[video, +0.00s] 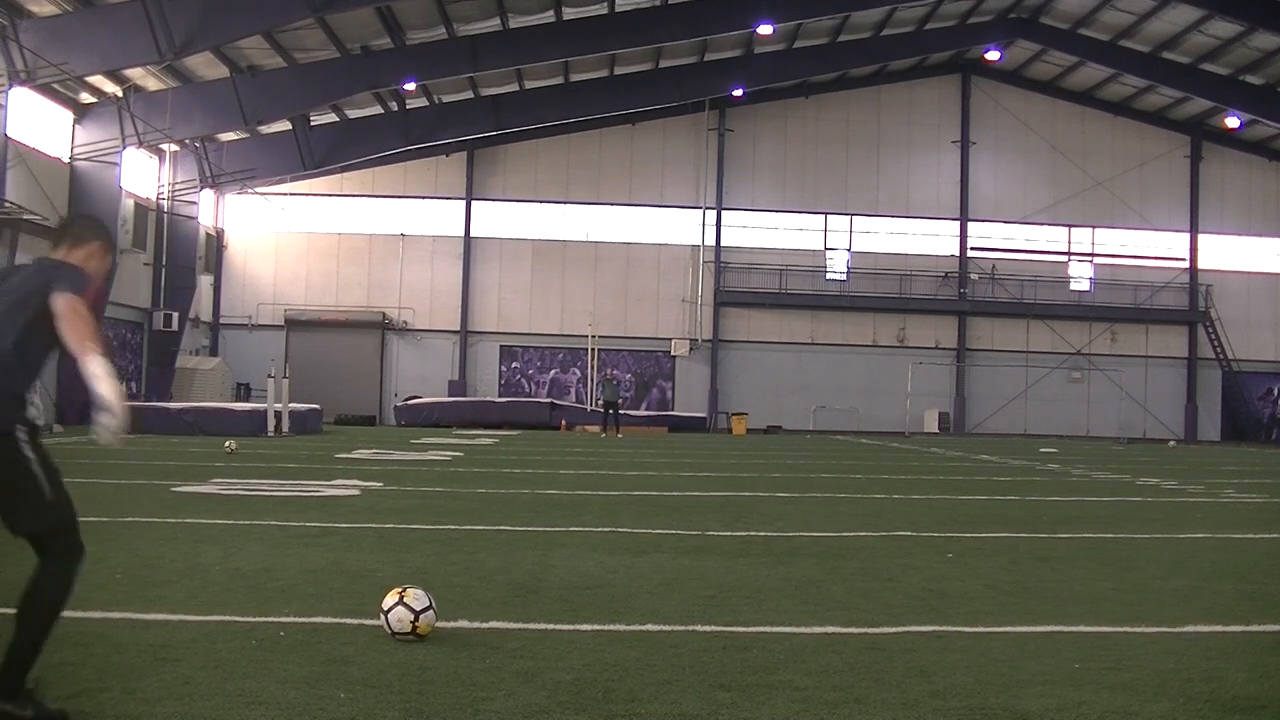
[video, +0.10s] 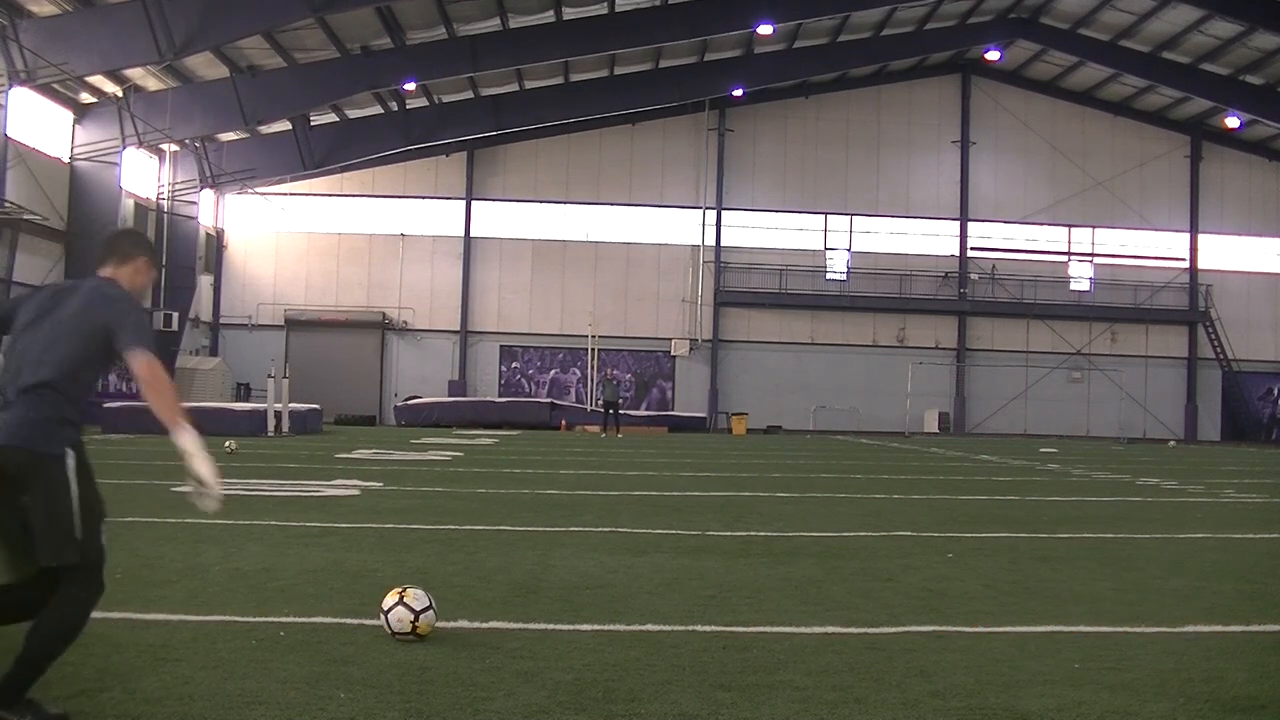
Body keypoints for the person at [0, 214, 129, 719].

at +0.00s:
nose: (101, 275)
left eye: (105, 269)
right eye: (104, 267)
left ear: (59, 246)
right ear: (92, 252)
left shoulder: (17, 274)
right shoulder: (65, 274)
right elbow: (68, 308)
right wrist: (102, 380)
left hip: (9, 427)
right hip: (9, 428)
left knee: (59, 550)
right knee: (62, 550)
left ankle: (13, 684)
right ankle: (12, 686)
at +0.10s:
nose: (148, 288)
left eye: (151, 279)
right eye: (149, 277)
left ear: (103, 262)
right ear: (134, 265)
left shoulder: (41, 294)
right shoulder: (118, 302)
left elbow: (2, 315)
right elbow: (146, 368)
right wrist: (191, 445)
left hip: (5, 438)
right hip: (47, 444)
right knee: (83, 578)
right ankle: (12, 694)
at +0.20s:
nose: (191, 285)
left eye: (191, 276)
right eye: (192, 275)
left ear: (147, 264)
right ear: (179, 267)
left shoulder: (92, 295)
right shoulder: (175, 312)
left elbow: (16, 315)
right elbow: (202, 399)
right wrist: (236, 454)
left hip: (60, 449)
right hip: (103, 451)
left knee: (155, 526)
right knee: (88, 570)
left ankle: (107, 621)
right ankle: (13, 684)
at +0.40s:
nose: (245, 308)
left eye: (247, 299)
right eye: (247, 297)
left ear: (204, 286)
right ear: (234, 288)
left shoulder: (155, 327)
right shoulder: (228, 345)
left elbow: (86, 370)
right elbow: (253, 427)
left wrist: (37, 345)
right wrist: (295, 469)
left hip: (179, 489)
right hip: (223, 484)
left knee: (240, 552)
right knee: (284, 552)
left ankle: (298, 612)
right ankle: (252, 485)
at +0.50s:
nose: (260, 312)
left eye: (262, 302)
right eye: (260, 300)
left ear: (220, 290)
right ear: (242, 290)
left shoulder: (167, 333)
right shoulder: (246, 350)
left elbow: (113, 381)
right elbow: (264, 424)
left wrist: (91, 349)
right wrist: (288, 482)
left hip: (178, 478)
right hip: (231, 475)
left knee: (241, 547)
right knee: (298, 540)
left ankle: (303, 612)